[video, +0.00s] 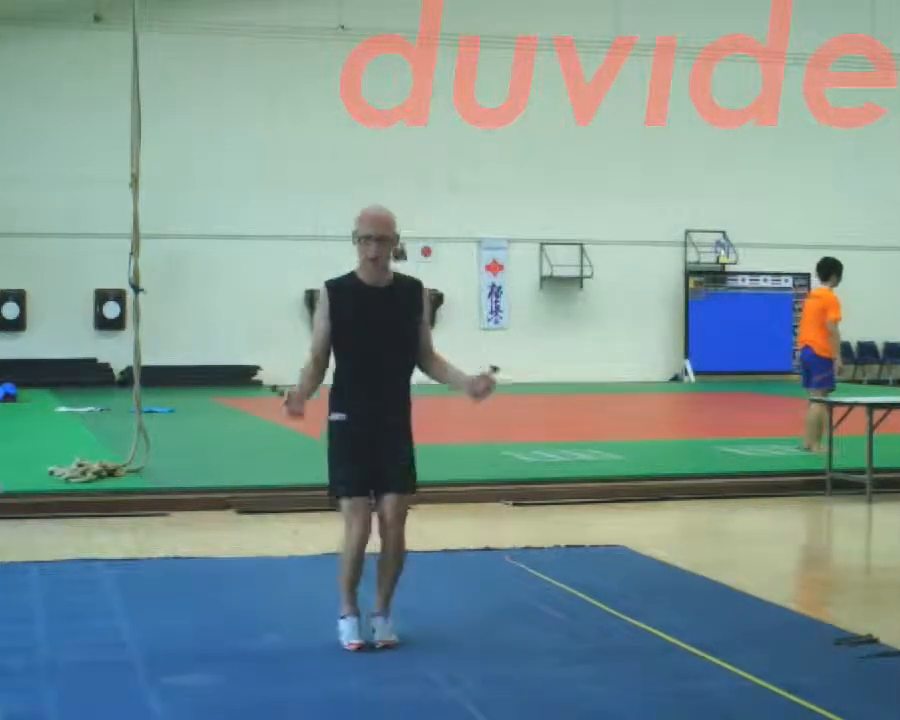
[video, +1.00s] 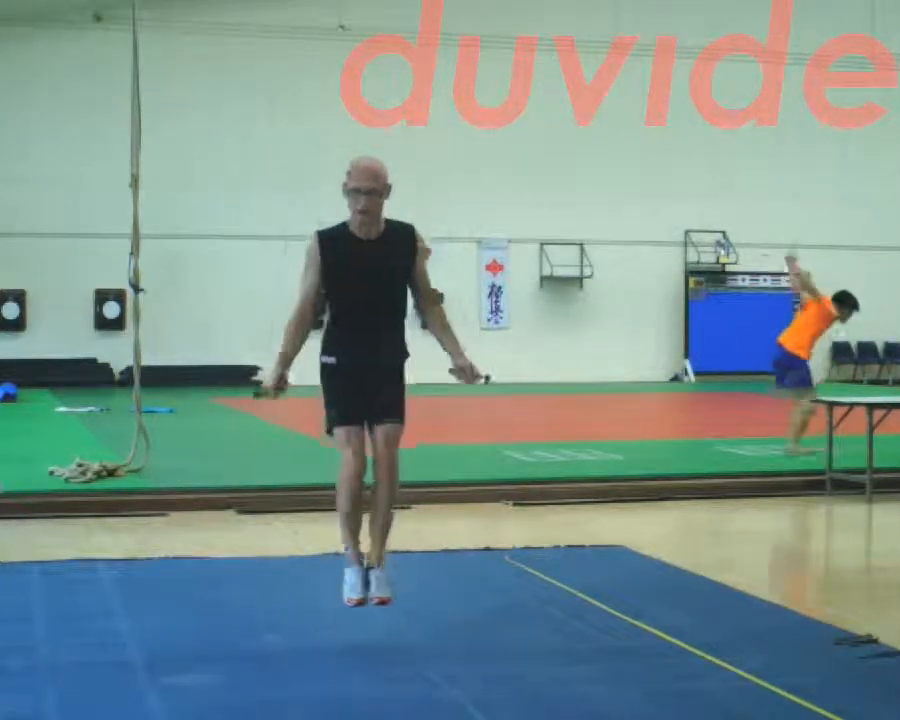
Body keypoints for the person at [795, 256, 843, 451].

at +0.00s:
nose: (840, 279)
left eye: (839, 275)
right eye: (839, 275)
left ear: (819, 275)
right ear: (835, 276)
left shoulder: (812, 296)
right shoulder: (829, 298)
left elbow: (805, 325)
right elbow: (832, 326)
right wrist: (837, 355)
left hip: (806, 349)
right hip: (820, 351)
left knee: (816, 398)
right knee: (818, 399)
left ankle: (811, 441)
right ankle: (812, 443)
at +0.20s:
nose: (840, 279)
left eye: (840, 275)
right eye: (840, 275)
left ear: (821, 275)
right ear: (836, 276)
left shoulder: (812, 297)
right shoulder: (831, 299)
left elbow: (805, 326)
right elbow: (836, 328)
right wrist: (843, 355)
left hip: (806, 349)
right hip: (821, 351)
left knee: (820, 397)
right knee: (817, 398)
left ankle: (817, 442)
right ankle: (813, 444)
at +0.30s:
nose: (840, 280)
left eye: (840, 276)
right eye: (840, 276)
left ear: (821, 275)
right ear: (836, 276)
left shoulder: (813, 296)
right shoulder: (831, 298)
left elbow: (816, 329)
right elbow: (842, 324)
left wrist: (835, 344)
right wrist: (857, 342)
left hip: (806, 347)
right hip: (820, 349)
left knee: (817, 397)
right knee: (818, 397)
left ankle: (814, 443)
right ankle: (814, 444)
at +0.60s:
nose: (847, 287)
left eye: (847, 283)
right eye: (847, 282)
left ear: (829, 279)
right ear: (841, 282)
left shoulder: (816, 297)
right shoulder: (831, 301)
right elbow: (842, 333)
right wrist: (856, 358)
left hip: (805, 349)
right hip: (818, 353)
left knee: (816, 397)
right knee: (824, 398)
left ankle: (816, 441)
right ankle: (818, 443)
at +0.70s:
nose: (850, 291)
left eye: (851, 287)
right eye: (850, 286)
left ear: (833, 282)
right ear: (845, 285)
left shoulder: (818, 299)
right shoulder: (832, 302)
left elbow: (803, 320)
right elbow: (829, 326)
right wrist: (829, 351)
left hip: (805, 351)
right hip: (818, 354)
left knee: (817, 398)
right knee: (823, 398)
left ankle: (817, 441)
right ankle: (818, 442)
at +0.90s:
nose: (851, 300)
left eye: (853, 296)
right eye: (852, 295)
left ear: (837, 286)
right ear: (847, 292)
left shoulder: (817, 292)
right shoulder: (833, 299)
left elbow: (797, 285)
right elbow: (819, 284)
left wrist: (786, 270)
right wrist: (801, 270)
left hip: (792, 341)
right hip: (800, 347)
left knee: (809, 392)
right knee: (810, 393)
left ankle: (807, 437)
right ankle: (807, 439)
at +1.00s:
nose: (848, 318)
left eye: (850, 314)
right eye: (849, 313)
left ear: (837, 302)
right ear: (843, 308)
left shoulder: (815, 303)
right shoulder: (826, 309)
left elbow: (801, 289)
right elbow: (809, 289)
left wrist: (793, 272)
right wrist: (796, 272)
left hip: (785, 350)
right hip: (794, 355)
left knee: (805, 401)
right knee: (806, 402)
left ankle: (793, 443)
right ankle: (793, 444)